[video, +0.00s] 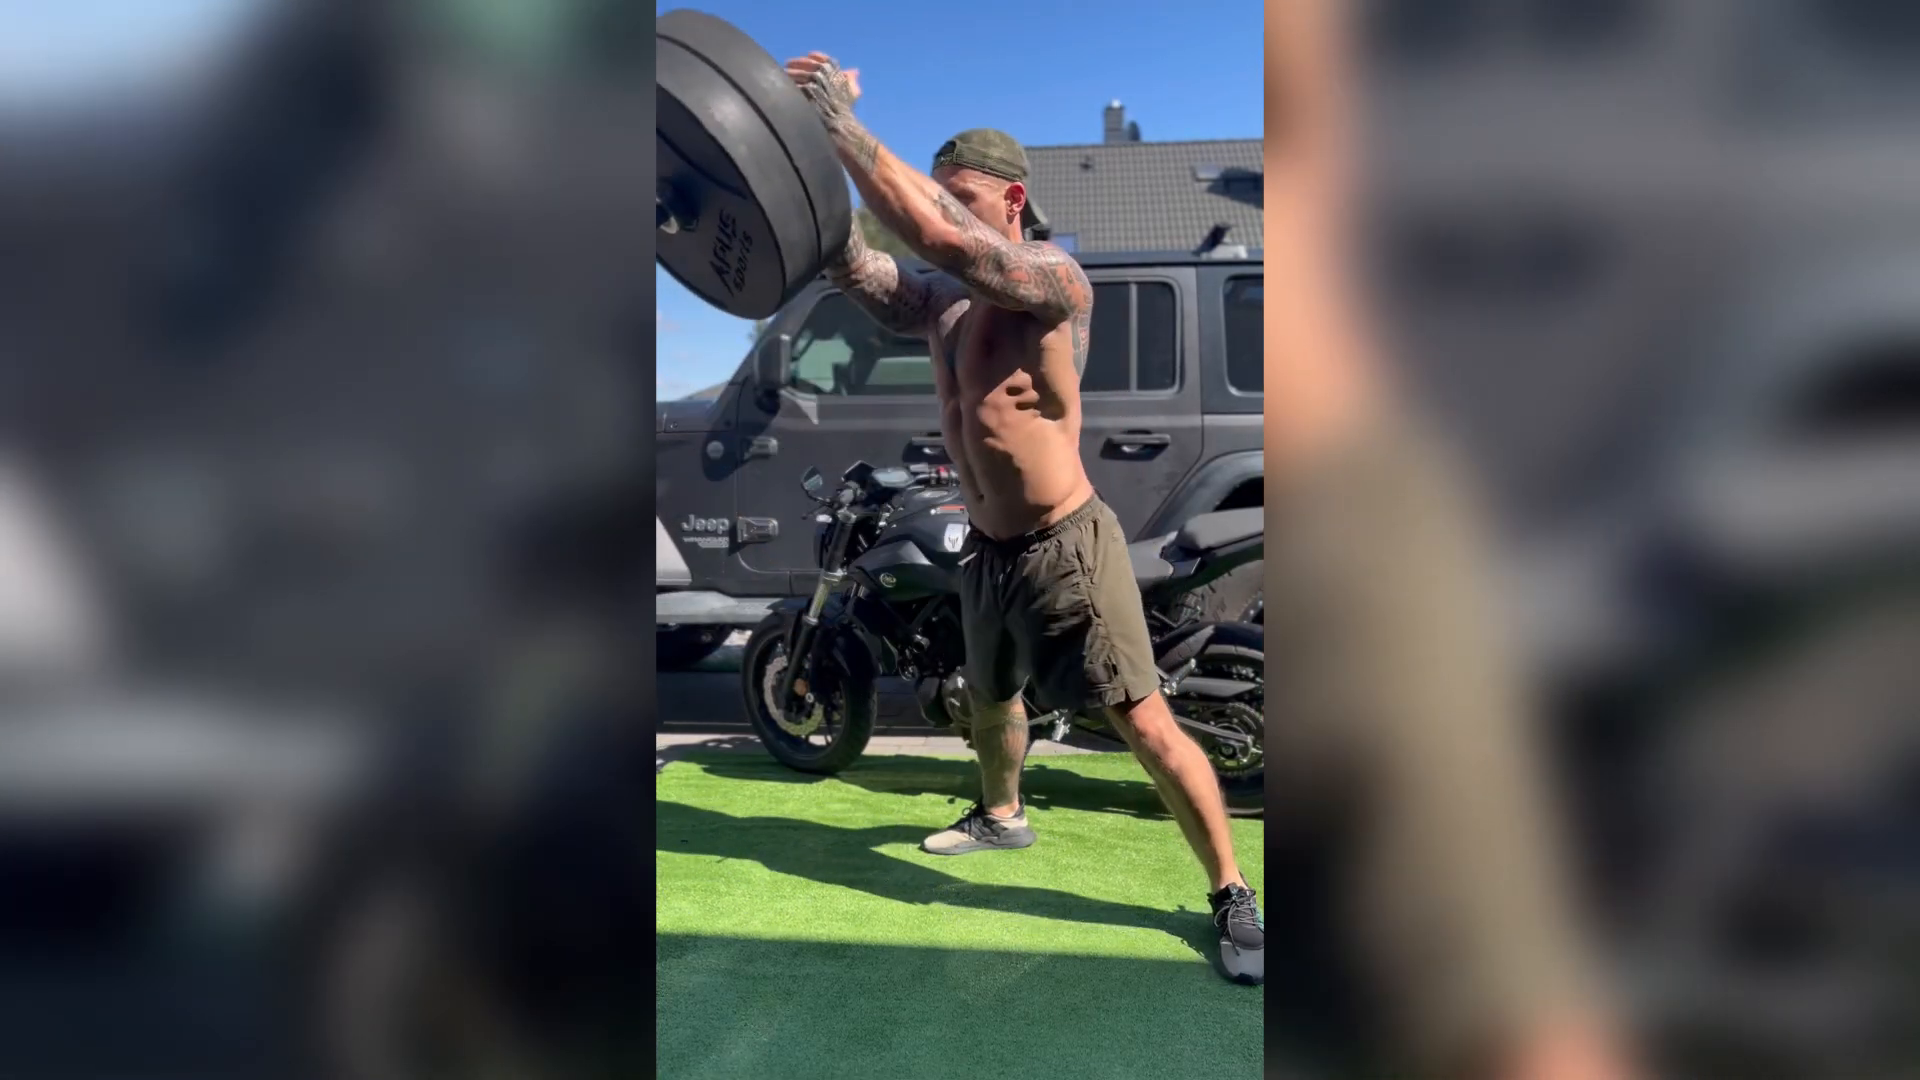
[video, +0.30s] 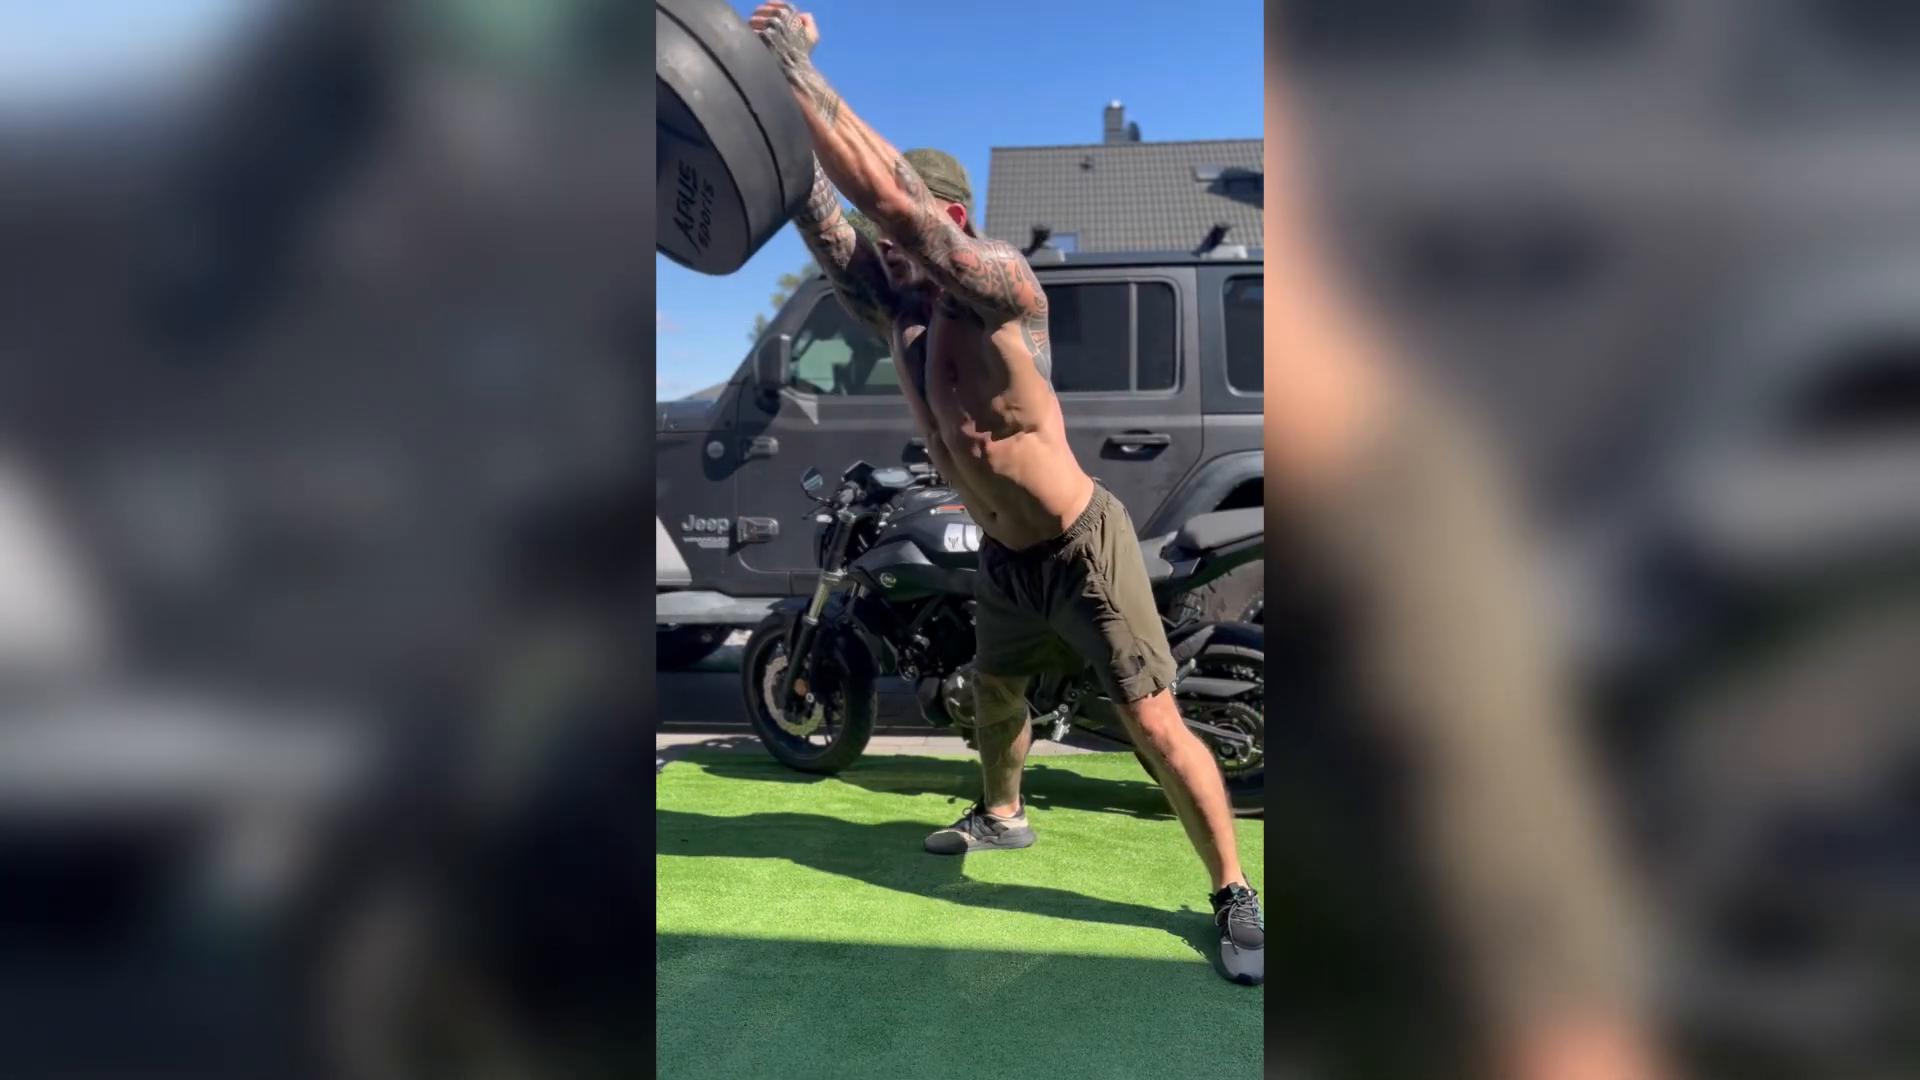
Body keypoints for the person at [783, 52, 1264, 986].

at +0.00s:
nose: (945, 209)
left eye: (962, 195)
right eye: (939, 195)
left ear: (1016, 195)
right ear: (944, 203)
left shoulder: (1057, 280)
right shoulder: (934, 298)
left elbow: (942, 233)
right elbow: (850, 260)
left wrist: (843, 124)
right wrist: (786, 171)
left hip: (1071, 544)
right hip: (988, 554)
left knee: (1147, 726)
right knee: (991, 700)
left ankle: (1231, 893)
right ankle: (1001, 819)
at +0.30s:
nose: (894, 226)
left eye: (907, 206)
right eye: (891, 210)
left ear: (950, 212)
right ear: (902, 219)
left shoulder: (1005, 283)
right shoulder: (898, 304)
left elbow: (892, 202)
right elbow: (818, 221)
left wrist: (797, 72)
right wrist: (758, 91)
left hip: (1084, 543)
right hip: (1003, 557)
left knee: (1153, 724)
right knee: (995, 696)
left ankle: (1234, 893)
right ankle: (1003, 815)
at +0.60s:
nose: (969, 219)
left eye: (987, 206)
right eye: (966, 207)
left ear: (1038, 217)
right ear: (969, 225)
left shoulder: (1080, 303)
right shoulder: (964, 320)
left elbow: (982, 351)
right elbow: (905, 381)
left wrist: (907, 261)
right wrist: (851, 297)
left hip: (1092, 547)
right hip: (1007, 552)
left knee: (1152, 727)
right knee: (969, 697)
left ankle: (1234, 896)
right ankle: (1002, 817)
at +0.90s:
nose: (991, 375)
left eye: (1009, 363)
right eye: (990, 362)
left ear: (1056, 377)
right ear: (987, 371)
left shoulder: (1109, 461)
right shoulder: (996, 453)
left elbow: (1057, 582)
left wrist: (997, 492)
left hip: (1142, 629)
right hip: (1054, 627)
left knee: (1160, 749)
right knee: (947, 699)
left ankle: (1237, 899)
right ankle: (996, 818)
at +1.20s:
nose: (992, 483)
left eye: (1010, 471)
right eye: (990, 470)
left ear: (1056, 484)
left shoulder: (1120, 562)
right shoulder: (1002, 558)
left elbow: (1088, 693)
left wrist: (1025, 608)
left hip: (1161, 683)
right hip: (1078, 684)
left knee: (1162, 739)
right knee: (961, 699)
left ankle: (1234, 898)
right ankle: (999, 818)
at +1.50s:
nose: (980, 432)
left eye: (999, 420)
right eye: (979, 418)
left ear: (1047, 434)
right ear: (980, 428)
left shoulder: (1112, 513)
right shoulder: (988, 510)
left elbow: (1078, 646)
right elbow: (957, 592)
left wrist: (1016, 560)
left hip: (1149, 646)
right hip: (1056, 645)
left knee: (1166, 742)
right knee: (948, 695)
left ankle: (1236, 899)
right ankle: (1001, 819)